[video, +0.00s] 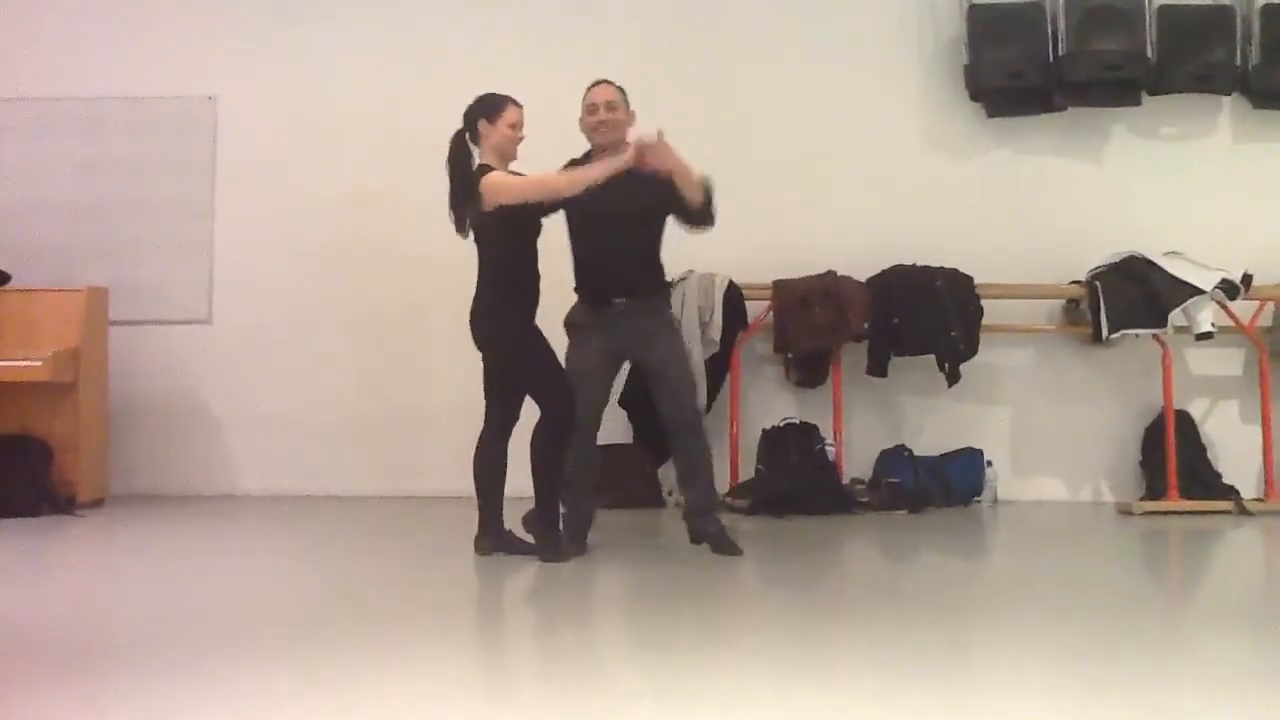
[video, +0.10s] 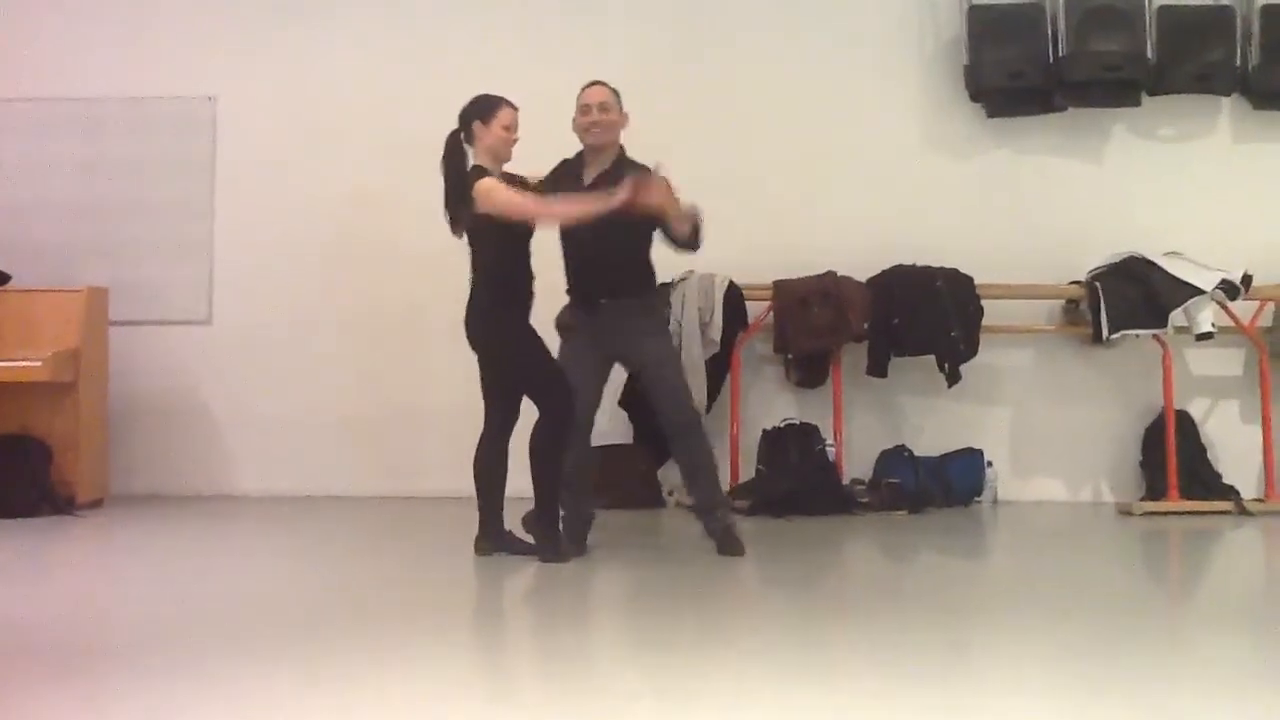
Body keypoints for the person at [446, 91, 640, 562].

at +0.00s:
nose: (521, 135)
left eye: (522, 127)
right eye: (514, 126)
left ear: (496, 131)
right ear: (485, 128)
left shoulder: (503, 182)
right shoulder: (489, 184)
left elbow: (559, 188)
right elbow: (559, 186)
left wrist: (617, 159)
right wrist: (620, 161)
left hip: (507, 316)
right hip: (504, 320)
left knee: (499, 422)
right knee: (561, 405)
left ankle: (490, 530)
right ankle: (545, 518)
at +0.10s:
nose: (514, 137)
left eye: (515, 129)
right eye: (507, 128)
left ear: (490, 134)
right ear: (478, 129)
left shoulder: (497, 180)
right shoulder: (481, 187)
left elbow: (551, 192)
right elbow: (545, 211)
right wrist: (615, 200)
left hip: (502, 317)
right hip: (498, 321)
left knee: (499, 421)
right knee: (558, 402)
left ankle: (490, 531)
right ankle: (545, 519)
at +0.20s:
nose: (504, 141)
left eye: (504, 132)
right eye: (496, 132)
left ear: (480, 137)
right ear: (466, 134)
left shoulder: (487, 189)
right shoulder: (464, 197)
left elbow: (534, 212)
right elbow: (502, 261)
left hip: (490, 322)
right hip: (480, 326)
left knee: (494, 424)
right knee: (546, 404)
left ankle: (489, 531)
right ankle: (521, 520)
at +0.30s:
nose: (496, 141)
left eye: (497, 132)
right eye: (487, 131)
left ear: (483, 137)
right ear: (458, 133)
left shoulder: (479, 189)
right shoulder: (454, 196)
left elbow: (514, 231)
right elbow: (473, 267)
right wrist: (544, 272)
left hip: (489, 320)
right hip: (471, 324)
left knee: (532, 411)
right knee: (496, 422)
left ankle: (479, 506)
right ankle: (488, 531)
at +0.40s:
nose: (487, 143)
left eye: (489, 135)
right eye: (478, 134)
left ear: (483, 141)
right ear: (449, 136)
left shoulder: (471, 190)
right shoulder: (444, 195)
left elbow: (491, 242)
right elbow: (459, 263)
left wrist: (528, 235)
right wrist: (517, 247)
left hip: (481, 321)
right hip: (462, 325)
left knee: (496, 424)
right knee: (498, 424)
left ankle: (492, 533)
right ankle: (429, 501)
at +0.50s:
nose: (474, 141)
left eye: (478, 134)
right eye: (465, 133)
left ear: (481, 141)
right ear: (439, 136)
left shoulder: (475, 196)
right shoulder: (429, 193)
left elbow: (512, 246)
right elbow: (447, 248)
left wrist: (537, 209)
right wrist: (495, 209)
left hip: (470, 325)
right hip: (437, 325)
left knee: (501, 421)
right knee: (446, 426)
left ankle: (489, 532)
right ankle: (389, 518)